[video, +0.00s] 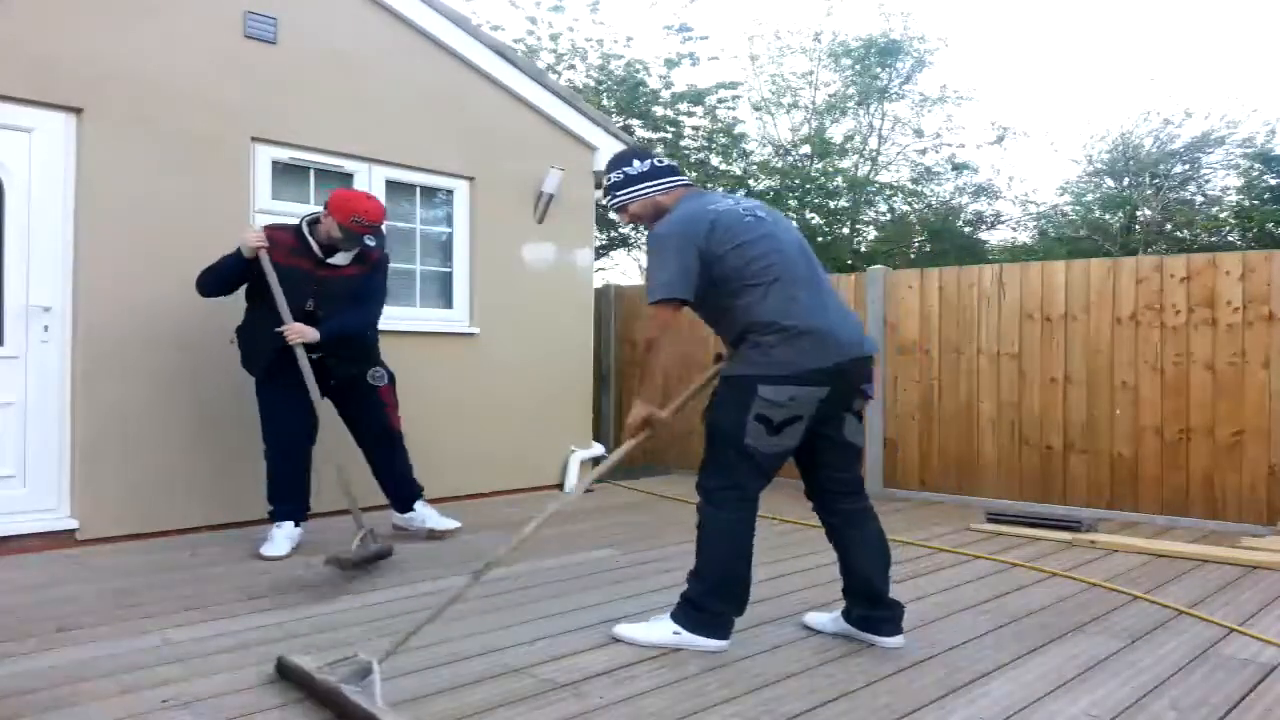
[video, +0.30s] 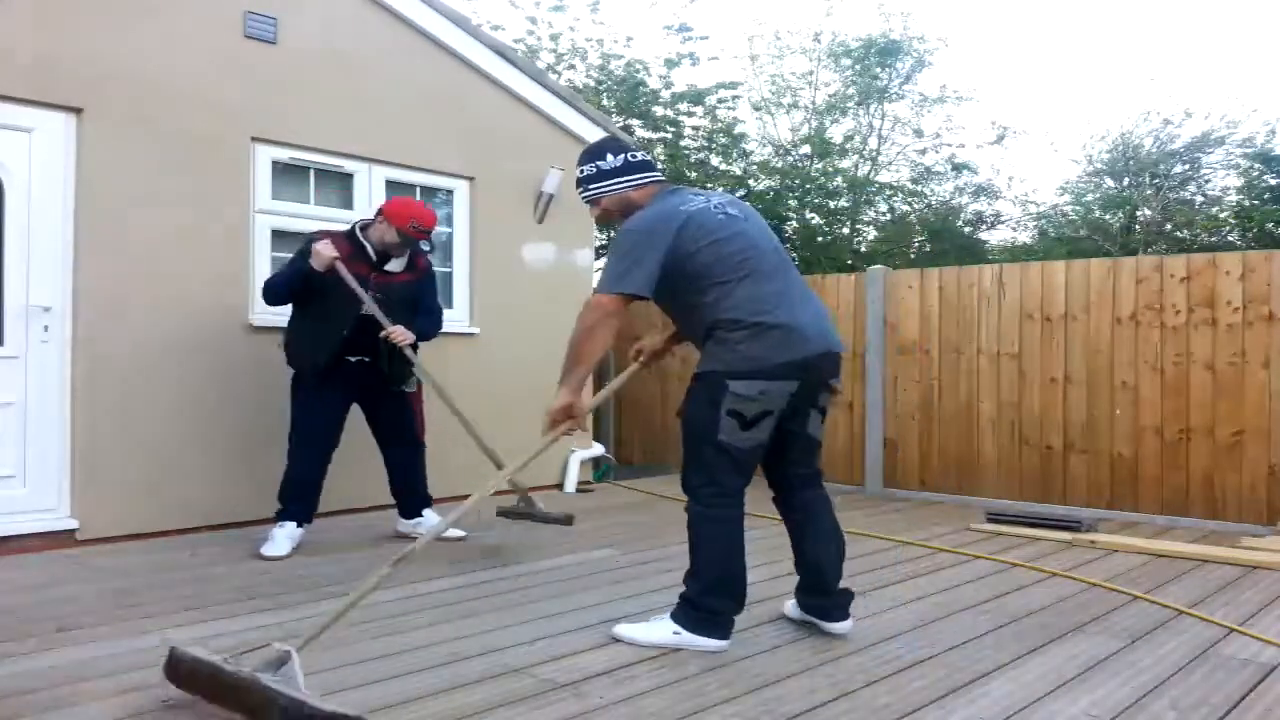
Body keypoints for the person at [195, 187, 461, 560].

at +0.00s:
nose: (355, 245)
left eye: (361, 239)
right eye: (351, 237)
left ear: (366, 232)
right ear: (329, 222)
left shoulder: (371, 259)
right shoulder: (275, 243)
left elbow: (365, 317)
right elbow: (206, 286)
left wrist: (318, 332)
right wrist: (242, 255)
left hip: (343, 351)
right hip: (280, 353)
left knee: (378, 425)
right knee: (289, 433)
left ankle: (409, 507)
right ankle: (286, 523)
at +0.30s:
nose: (407, 249)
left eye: (413, 243)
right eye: (404, 240)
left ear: (415, 238)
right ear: (383, 223)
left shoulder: (416, 265)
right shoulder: (328, 247)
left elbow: (432, 318)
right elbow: (272, 294)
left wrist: (414, 331)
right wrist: (311, 266)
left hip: (384, 370)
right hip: (323, 367)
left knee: (405, 441)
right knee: (310, 448)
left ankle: (415, 515)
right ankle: (290, 524)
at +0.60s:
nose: (455, 255)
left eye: (460, 250)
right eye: (454, 246)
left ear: (446, 237)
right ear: (436, 230)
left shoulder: (456, 271)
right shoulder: (374, 250)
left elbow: (476, 313)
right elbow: (349, 304)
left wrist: (503, 352)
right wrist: (410, 307)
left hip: (414, 367)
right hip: (358, 363)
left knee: (423, 438)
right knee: (337, 439)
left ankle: (417, 515)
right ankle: (311, 516)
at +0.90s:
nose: (466, 260)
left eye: (471, 255)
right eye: (465, 251)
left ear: (471, 249)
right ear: (446, 233)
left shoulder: (466, 276)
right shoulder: (385, 254)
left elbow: (483, 317)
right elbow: (361, 307)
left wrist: (505, 362)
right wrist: (417, 314)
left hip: (423, 367)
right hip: (369, 362)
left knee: (425, 436)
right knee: (371, 435)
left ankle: (416, 514)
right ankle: (360, 512)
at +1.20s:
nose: (446, 253)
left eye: (452, 249)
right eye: (444, 245)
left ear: (455, 245)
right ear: (428, 229)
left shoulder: (457, 269)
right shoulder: (371, 249)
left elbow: (469, 320)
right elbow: (325, 296)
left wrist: (448, 346)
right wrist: (370, 276)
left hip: (424, 365)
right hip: (368, 365)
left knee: (431, 434)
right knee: (373, 438)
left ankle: (418, 513)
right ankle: (374, 513)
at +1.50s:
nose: (442, 255)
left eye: (447, 250)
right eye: (440, 246)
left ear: (450, 245)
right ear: (424, 230)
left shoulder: (451, 266)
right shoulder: (370, 247)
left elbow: (440, 321)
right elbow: (304, 282)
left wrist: (401, 340)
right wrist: (339, 262)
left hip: (423, 362)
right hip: (367, 362)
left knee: (445, 429)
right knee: (372, 437)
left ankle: (446, 507)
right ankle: (376, 513)